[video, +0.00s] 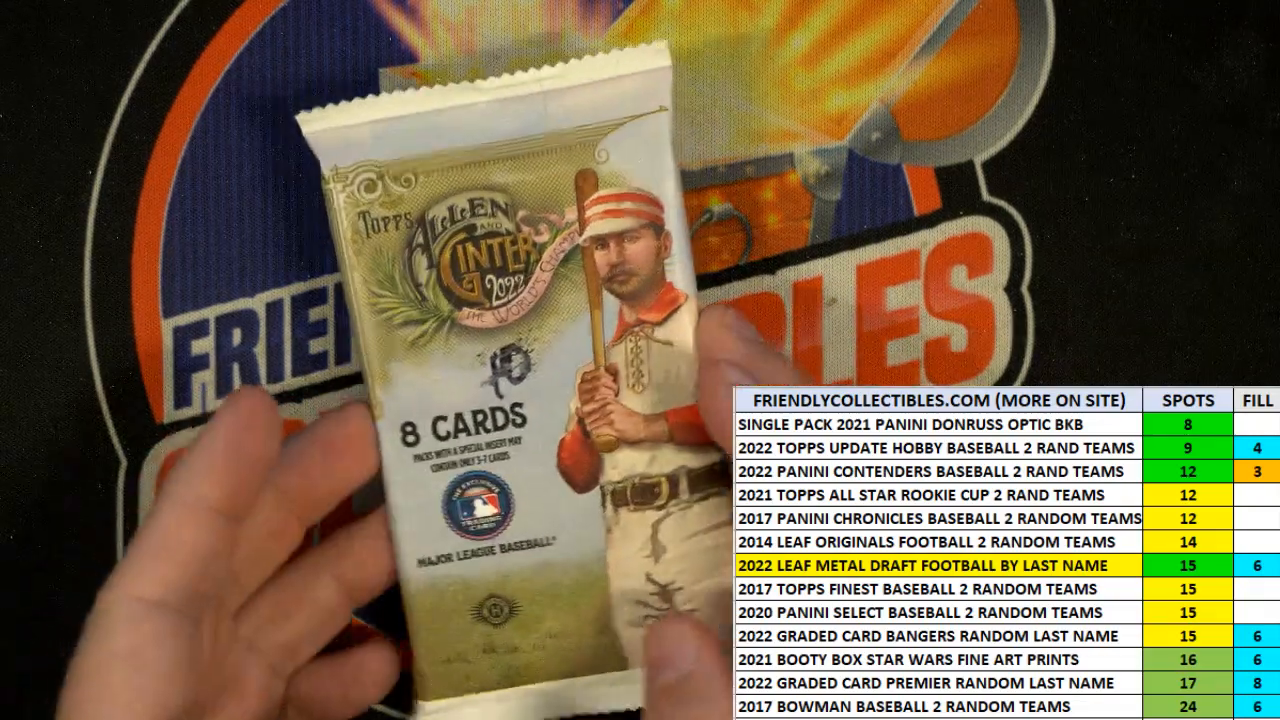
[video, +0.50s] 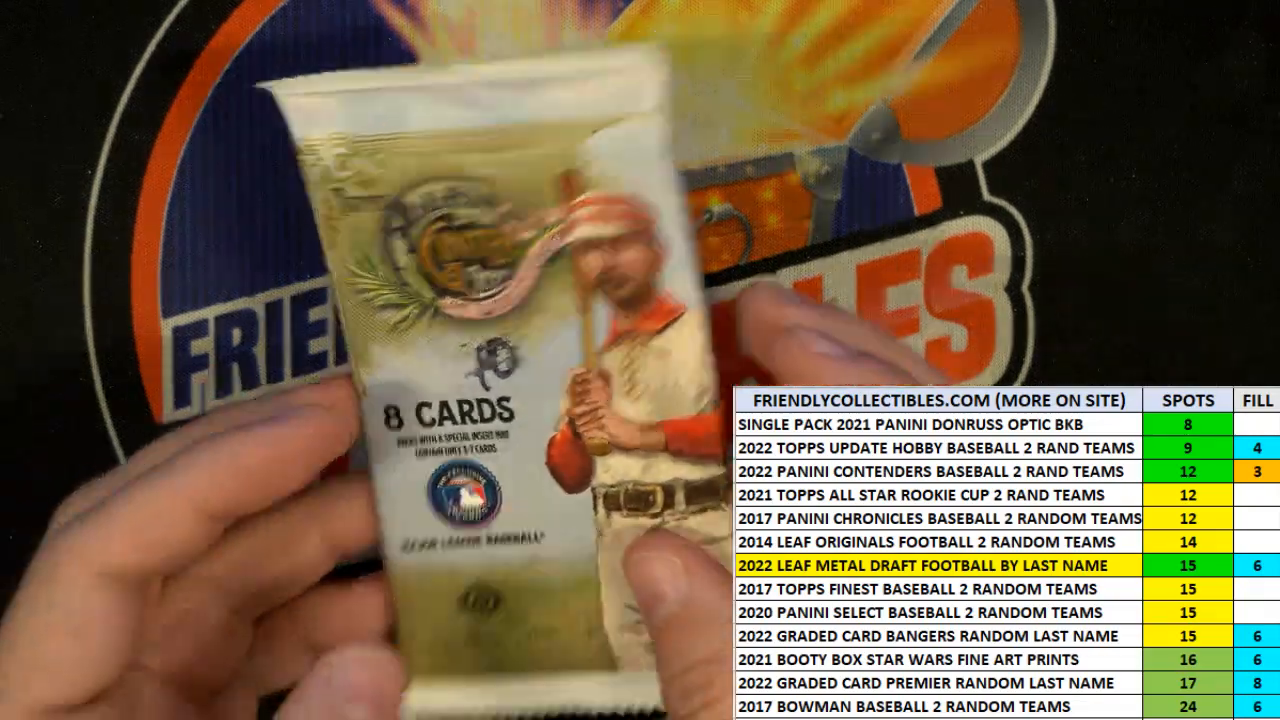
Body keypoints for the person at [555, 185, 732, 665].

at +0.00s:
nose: (614, 257)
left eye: (628, 239)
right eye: (601, 245)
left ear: (662, 245)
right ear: (592, 259)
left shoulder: (707, 327)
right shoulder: (604, 360)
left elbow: (740, 413)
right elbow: (577, 477)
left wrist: (647, 426)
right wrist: (585, 420)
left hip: (702, 518)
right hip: (626, 529)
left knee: (719, 675)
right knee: (656, 685)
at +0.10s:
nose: (614, 253)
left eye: (629, 234)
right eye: (600, 240)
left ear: (664, 241)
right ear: (591, 254)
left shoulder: (706, 324)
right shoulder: (602, 358)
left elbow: (747, 411)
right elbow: (573, 476)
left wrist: (646, 425)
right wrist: (582, 417)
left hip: (701, 517)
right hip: (623, 528)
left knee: (725, 674)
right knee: (646, 685)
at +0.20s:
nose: (620, 244)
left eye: (635, 226)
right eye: (606, 231)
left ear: (669, 232)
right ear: (594, 245)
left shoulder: (711, 315)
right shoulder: (605, 349)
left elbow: (754, 403)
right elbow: (571, 469)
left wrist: (649, 418)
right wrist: (581, 411)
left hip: (701, 512)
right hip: (621, 522)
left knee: (728, 671)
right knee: (643, 684)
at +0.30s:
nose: (620, 240)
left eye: (635, 223)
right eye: (606, 227)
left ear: (670, 230)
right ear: (595, 241)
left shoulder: (713, 314)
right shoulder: (602, 346)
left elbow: (753, 405)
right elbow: (567, 465)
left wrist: (649, 416)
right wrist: (578, 408)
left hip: (698, 513)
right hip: (617, 521)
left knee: (720, 675)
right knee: (636, 685)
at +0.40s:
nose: (614, 252)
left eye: (630, 234)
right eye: (601, 239)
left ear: (667, 242)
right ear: (590, 253)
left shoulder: (708, 324)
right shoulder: (596, 352)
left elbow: (737, 417)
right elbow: (560, 476)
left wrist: (641, 428)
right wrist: (571, 417)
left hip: (688, 523)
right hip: (608, 530)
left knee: (710, 678)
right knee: (625, 687)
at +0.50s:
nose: (605, 262)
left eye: (620, 243)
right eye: (589, 249)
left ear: (656, 252)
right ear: (580, 265)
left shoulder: (704, 332)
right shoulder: (599, 361)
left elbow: (743, 425)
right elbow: (570, 478)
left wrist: (644, 435)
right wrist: (575, 422)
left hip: (708, 533)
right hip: (621, 538)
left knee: (718, 678)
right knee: (643, 689)